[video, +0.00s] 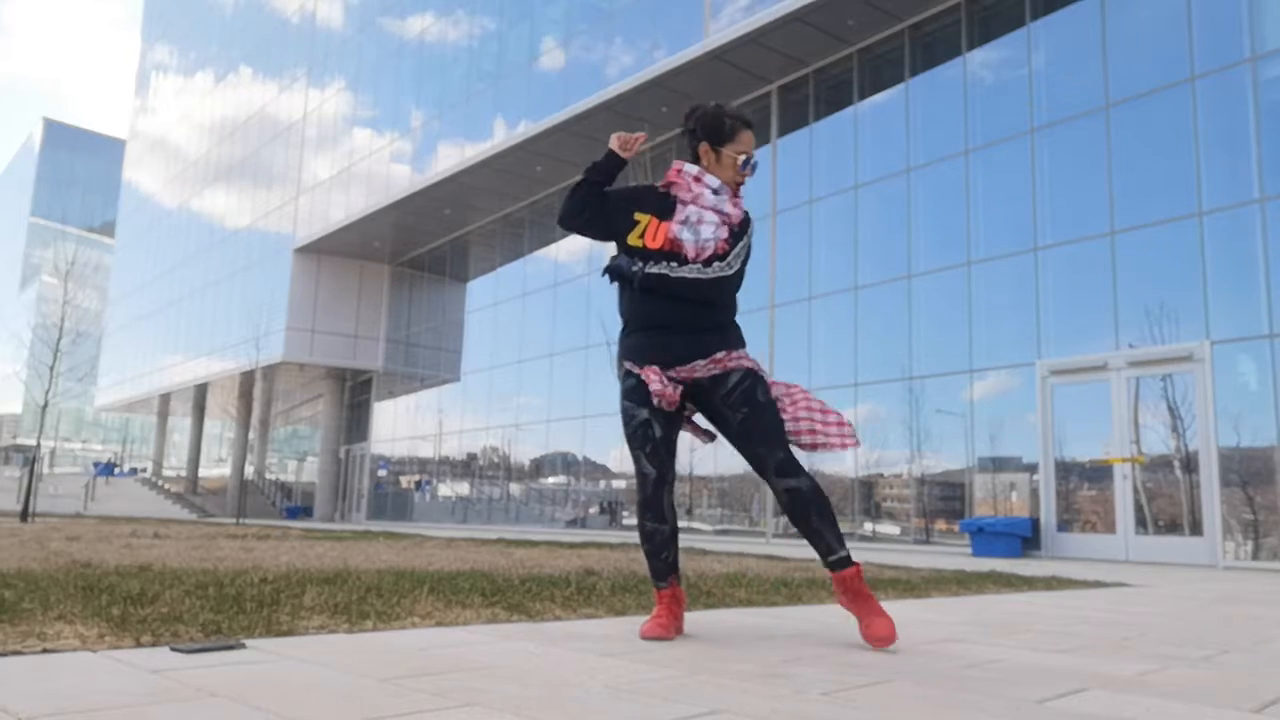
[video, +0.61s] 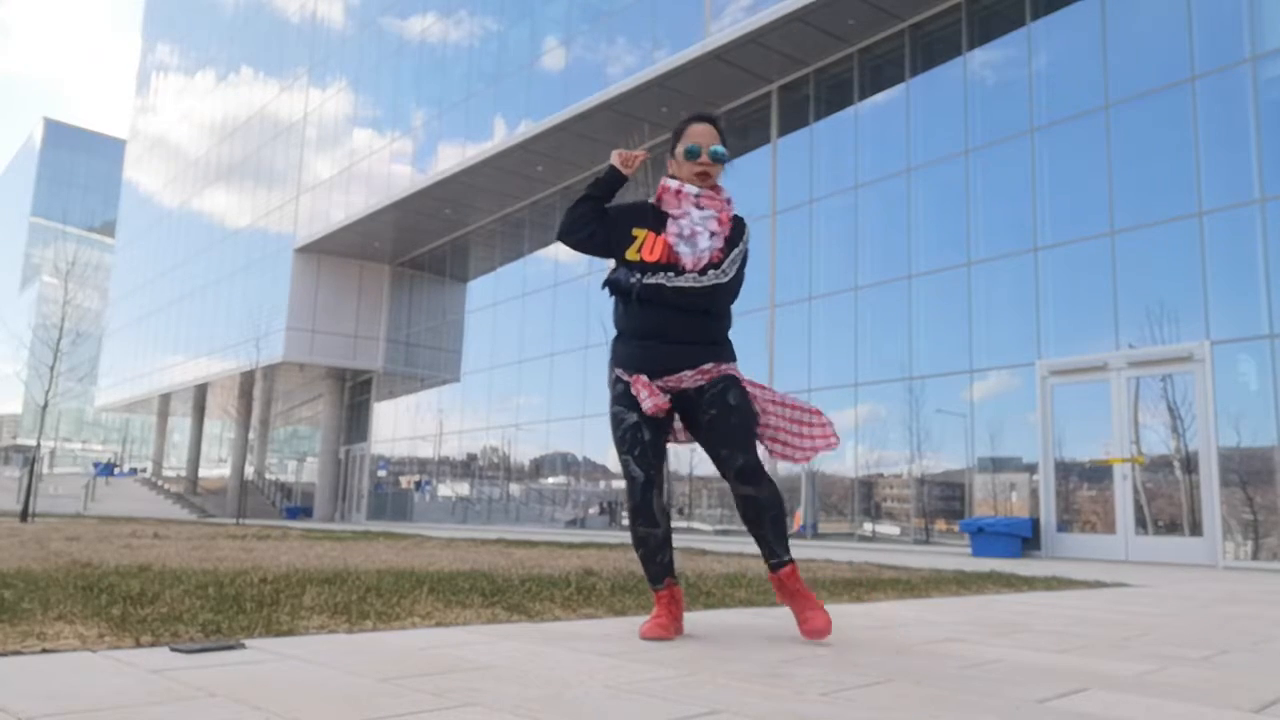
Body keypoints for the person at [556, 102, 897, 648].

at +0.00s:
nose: (748, 170)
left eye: (750, 160)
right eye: (741, 159)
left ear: (728, 159)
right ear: (705, 153)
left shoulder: (737, 222)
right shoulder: (644, 205)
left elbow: (719, 276)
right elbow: (573, 215)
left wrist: (628, 263)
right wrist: (612, 161)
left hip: (719, 357)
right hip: (648, 361)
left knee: (781, 467)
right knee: (653, 482)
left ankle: (849, 582)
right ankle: (668, 599)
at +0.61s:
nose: (705, 163)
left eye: (716, 155)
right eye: (693, 152)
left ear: (725, 165)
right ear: (671, 161)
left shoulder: (729, 225)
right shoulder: (637, 218)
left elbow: (721, 284)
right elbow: (574, 231)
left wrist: (632, 279)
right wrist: (611, 176)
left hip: (707, 367)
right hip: (637, 370)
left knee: (747, 472)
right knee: (643, 485)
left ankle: (787, 579)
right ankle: (665, 600)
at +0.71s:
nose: (697, 160)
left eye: (708, 153)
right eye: (684, 151)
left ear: (718, 162)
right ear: (664, 160)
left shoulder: (729, 220)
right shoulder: (637, 219)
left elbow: (721, 277)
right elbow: (573, 232)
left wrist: (637, 278)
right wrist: (611, 177)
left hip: (704, 367)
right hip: (636, 367)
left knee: (707, 469)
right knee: (641, 484)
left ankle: (725, 564)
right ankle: (664, 599)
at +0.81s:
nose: (689, 159)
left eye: (700, 151)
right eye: (676, 150)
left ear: (711, 160)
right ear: (657, 160)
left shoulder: (726, 215)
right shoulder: (636, 222)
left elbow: (726, 269)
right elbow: (572, 237)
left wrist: (641, 276)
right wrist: (607, 181)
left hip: (702, 369)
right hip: (634, 367)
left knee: (678, 469)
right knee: (638, 481)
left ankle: (693, 571)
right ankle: (662, 596)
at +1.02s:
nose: (681, 155)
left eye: (691, 147)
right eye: (668, 147)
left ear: (703, 157)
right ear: (650, 158)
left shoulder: (720, 210)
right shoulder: (629, 219)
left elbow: (720, 268)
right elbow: (566, 240)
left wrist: (634, 274)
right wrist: (596, 183)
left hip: (707, 355)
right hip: (639, 359)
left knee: (728, 468)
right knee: (646, 478)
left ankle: (732, 569)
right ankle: (665, 596)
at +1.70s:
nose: (690, 160)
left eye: (701, 152)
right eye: (677, 151)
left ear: (712, 161)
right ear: (658, 160)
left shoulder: (724, 219)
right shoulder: (630, 223)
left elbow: (723, 275)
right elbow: (566, 241)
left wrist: (637, 280)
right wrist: (597, 185)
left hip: (721, 366)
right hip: (650, 371)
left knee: (781, 476)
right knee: (652, 482)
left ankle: (843, 590)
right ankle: (667, 600)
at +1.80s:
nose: (688, 159)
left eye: (699, 150)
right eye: (675, 150)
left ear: (709, 160)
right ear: (657, 159)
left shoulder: (720, 218)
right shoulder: (628, 224)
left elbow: (715, 275)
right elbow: (565, 237)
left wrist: (630, 278)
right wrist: (599, 181)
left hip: (715, 365)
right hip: (645, 372)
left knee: (766, 473)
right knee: (651, 481)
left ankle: (829, 587)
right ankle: (666, 600)